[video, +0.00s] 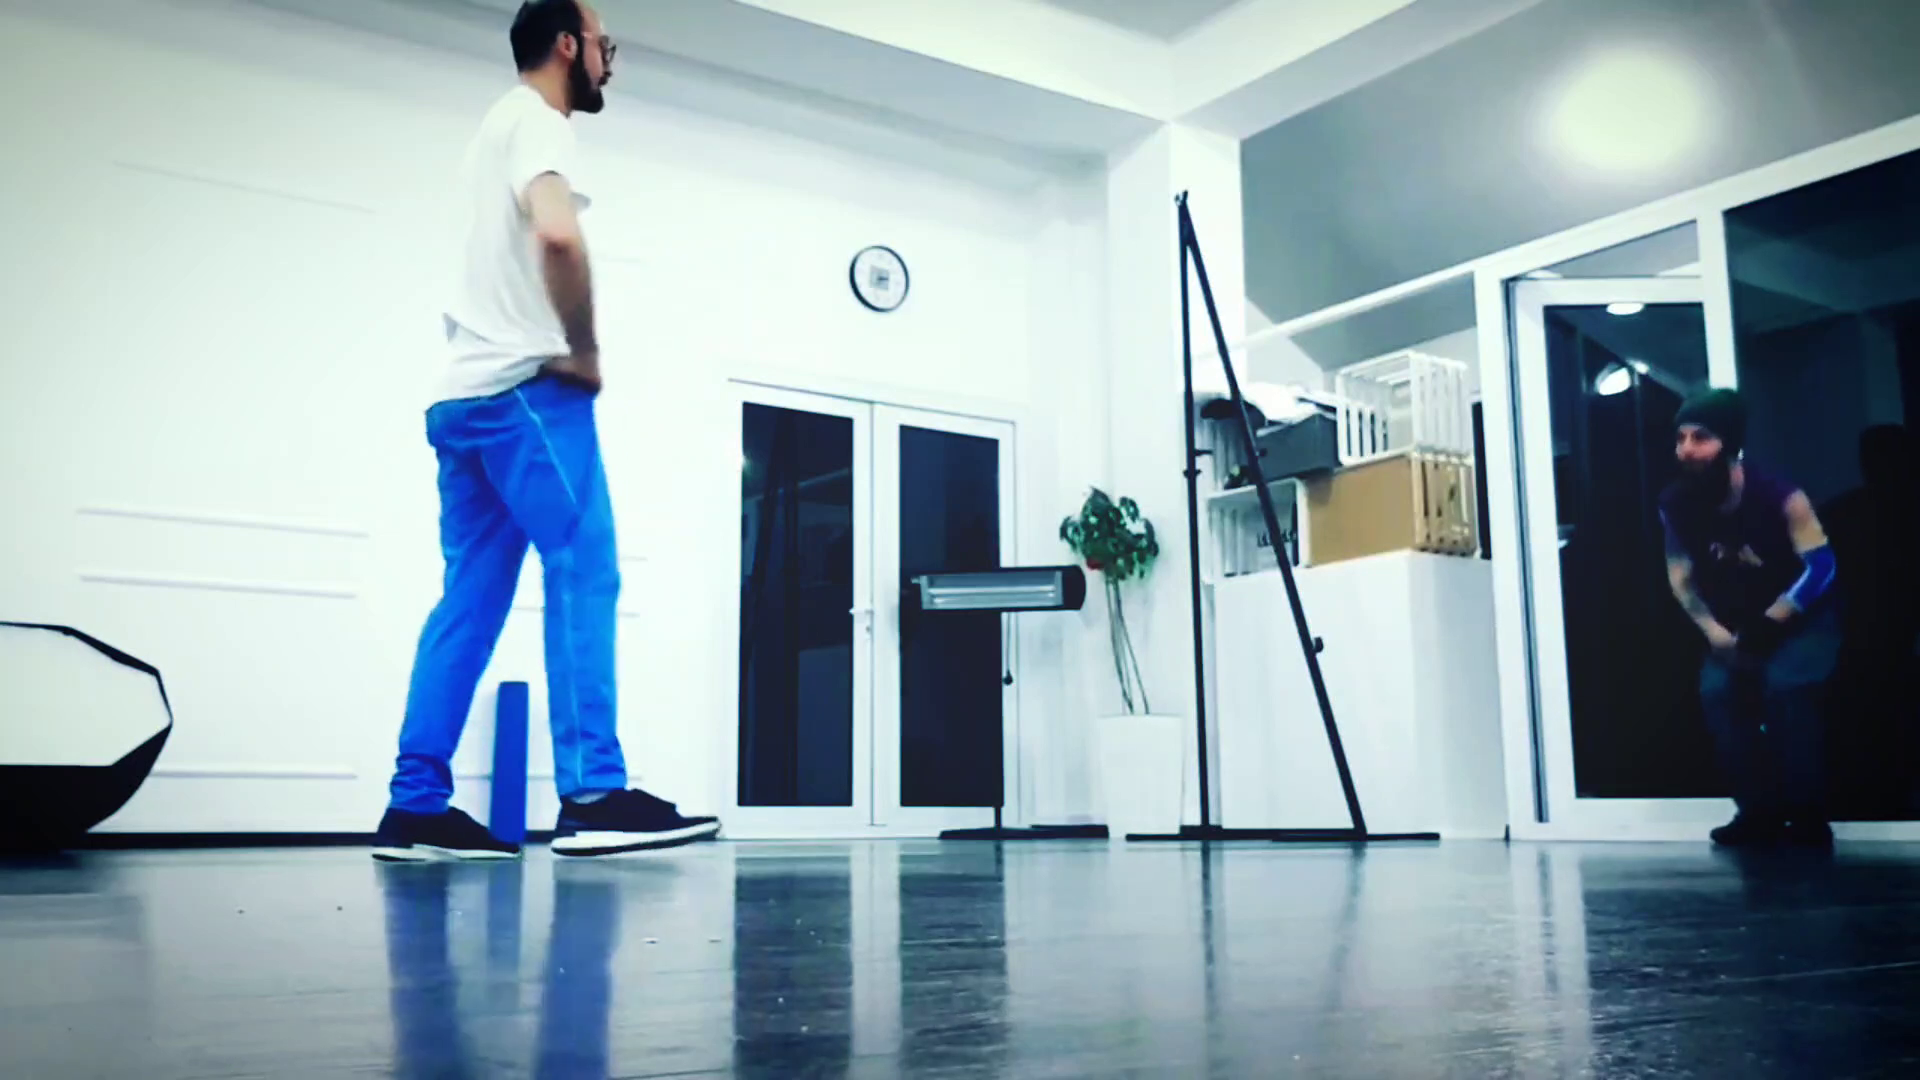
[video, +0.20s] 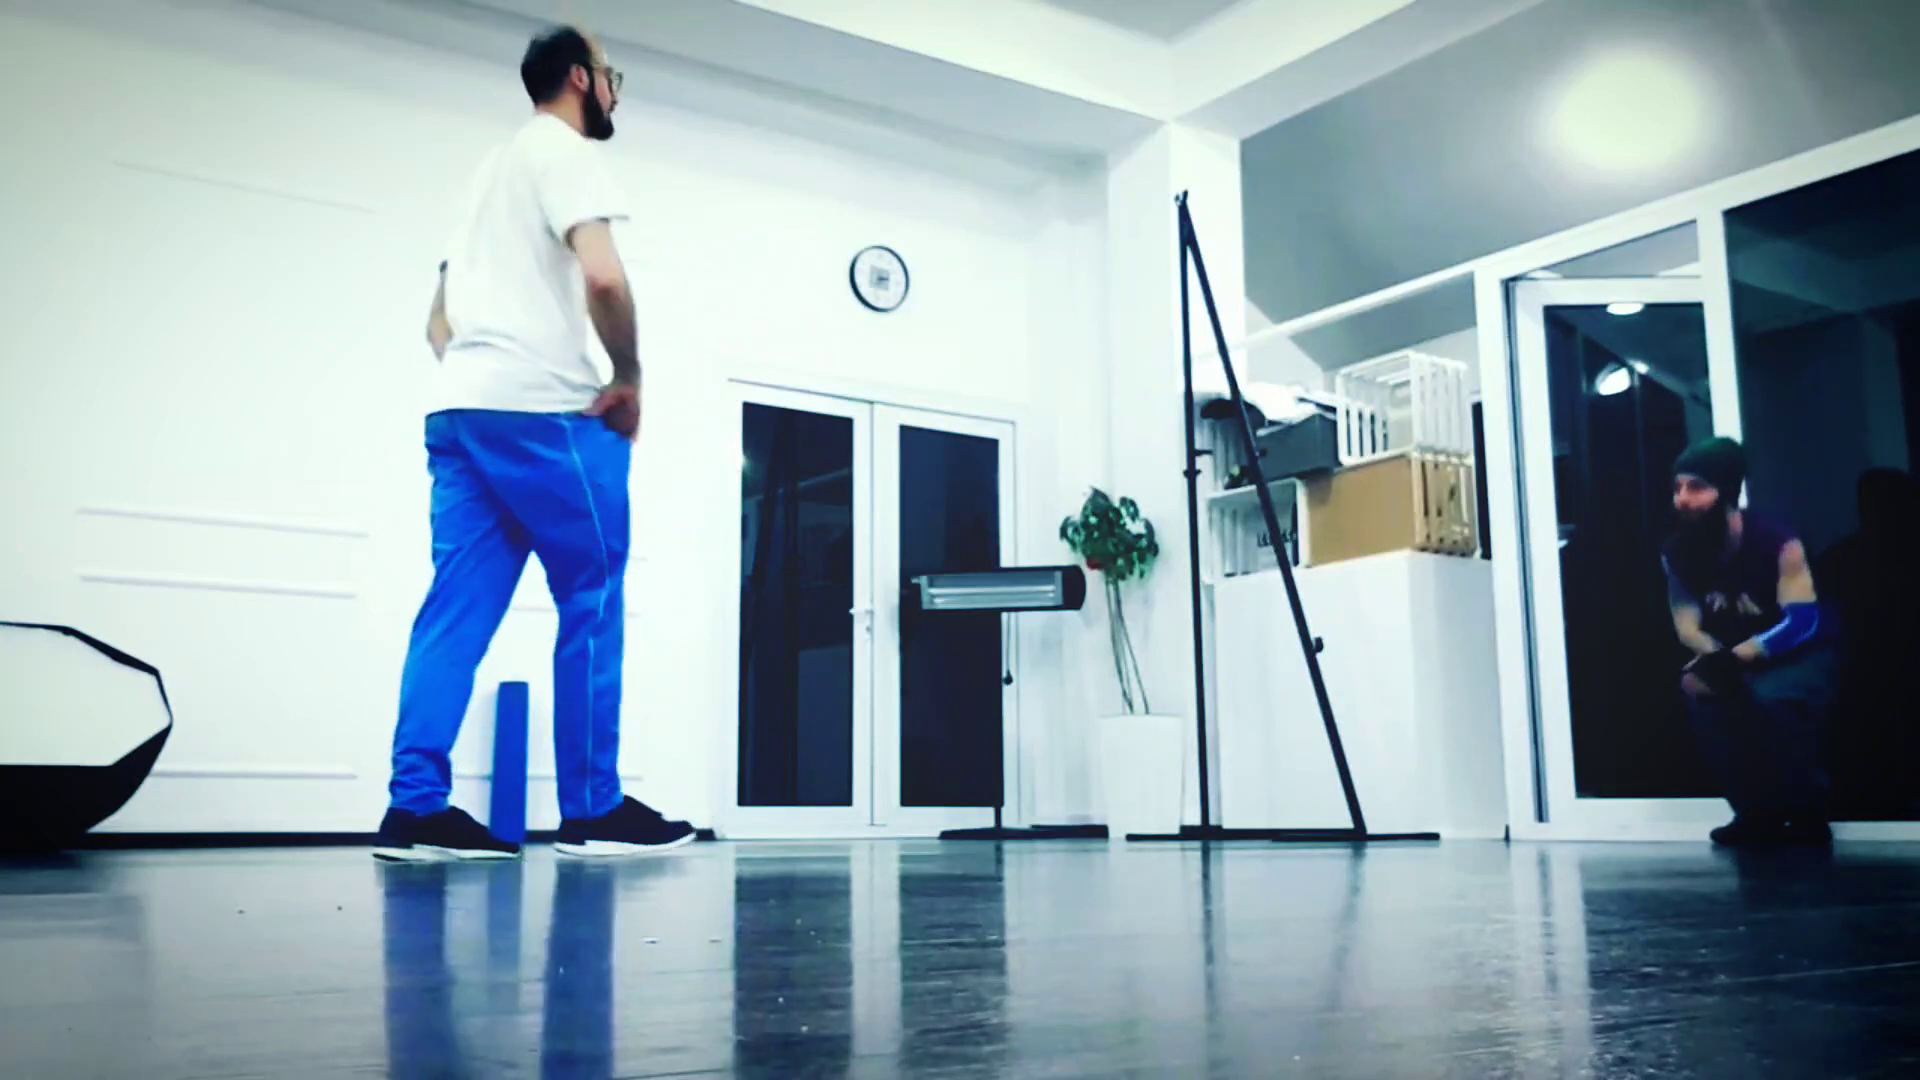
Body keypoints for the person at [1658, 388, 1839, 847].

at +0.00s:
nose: (1686, 450)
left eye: (1700, 438)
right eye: (1681, 438)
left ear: (1729, 444)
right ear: (1674, 442)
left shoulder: (1778, 494)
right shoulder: (1677, 505)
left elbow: (1821, 566)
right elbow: (1681, 583)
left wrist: (1773, 619)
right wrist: (1715, 632)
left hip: (1797, 618)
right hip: (1734, 624)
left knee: (1786, 685)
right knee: (1716, 689)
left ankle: (1806, 816)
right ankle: (1755, 810)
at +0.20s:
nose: (1682, 499)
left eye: (1696, 488)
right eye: (1678, 488)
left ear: (1725, 492)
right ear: (1672, 492)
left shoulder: (1776, 541)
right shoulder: (1678, 554)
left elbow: (1802, 621)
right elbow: (1687, 627)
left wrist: (1729, 660)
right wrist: (1723, 656)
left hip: (1792, 654)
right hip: (1737, 660)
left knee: (1768, 696)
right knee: (1702, 693)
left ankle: (1805, 818)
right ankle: (1753, 813)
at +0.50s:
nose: (1691, 556)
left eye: (1705, 546)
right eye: (1688, 545)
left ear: (1735, 548)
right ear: (1684, 546)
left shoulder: (1782, 593)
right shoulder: (1688, 599)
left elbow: (1782, 667)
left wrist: (1705, 682)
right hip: (1735, 706)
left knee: (1764, 708)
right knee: (1701, 710)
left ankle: (1803, 820)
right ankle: (1753, 815)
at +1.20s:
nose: (1692, 609)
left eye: (1705, 600)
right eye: (1690, 598)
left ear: (1737, 602)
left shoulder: (1787, 637)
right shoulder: (1693, 642)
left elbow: (1771, 700)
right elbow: (1692, 699)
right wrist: (1736, 679)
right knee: (1709, 723)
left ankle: (1808, 823)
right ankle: (1755, 818)